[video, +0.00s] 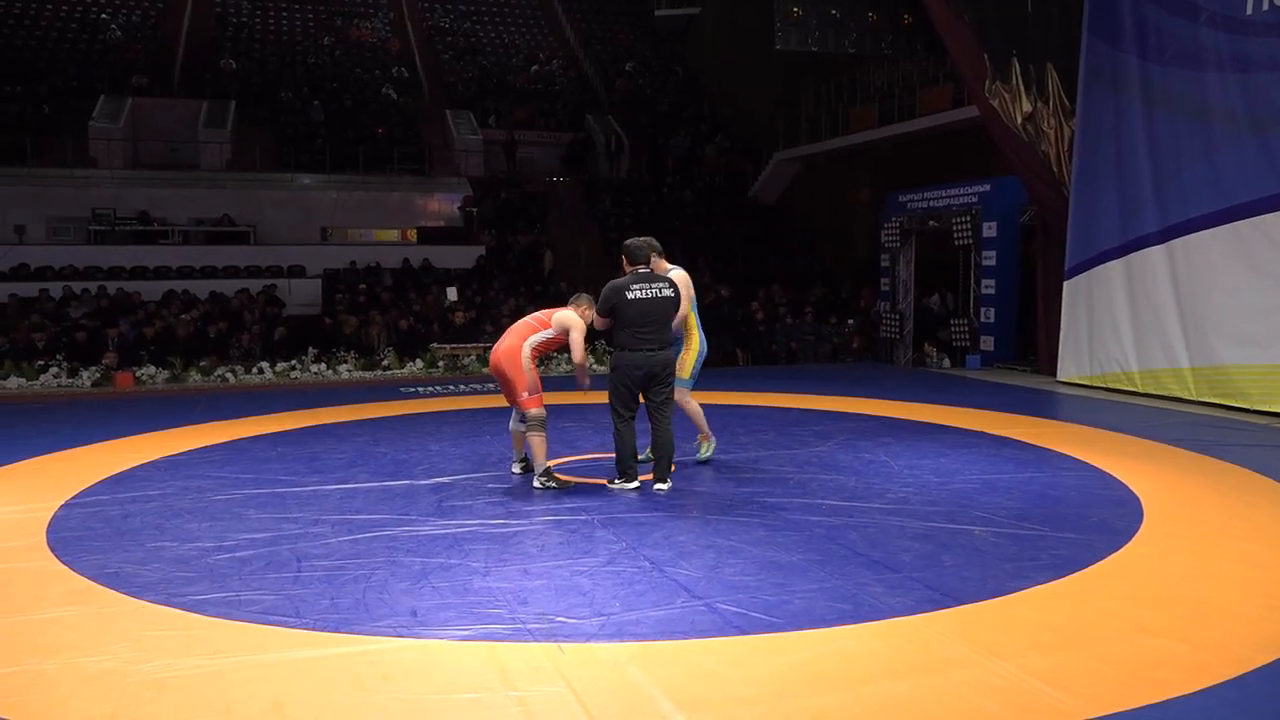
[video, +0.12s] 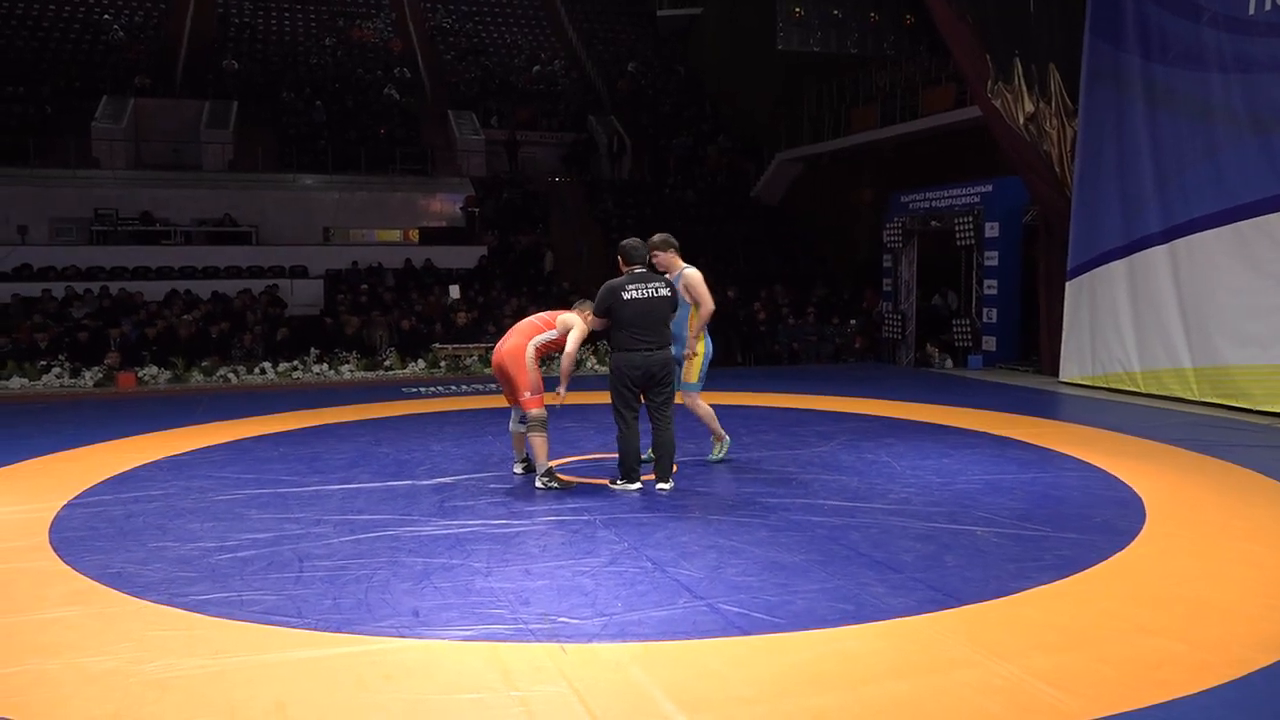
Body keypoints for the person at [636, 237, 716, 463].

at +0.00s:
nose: (646, 266)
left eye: (647, 261)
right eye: (645, 262)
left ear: (656, 257)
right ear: (654, 258)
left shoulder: (678, 275)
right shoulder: (657, 279)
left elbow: (682, 313)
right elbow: (658, 310)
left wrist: (663, 332)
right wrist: (649, 329)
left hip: (690, 341)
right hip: (671, 342)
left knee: (680, 394)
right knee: (659, 396)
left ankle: (707, 436)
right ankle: (657, 445)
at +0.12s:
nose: (654, 261)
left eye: (656, 256)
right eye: (652, 257)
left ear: (671, 253)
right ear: (667, 255)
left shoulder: (690, 275)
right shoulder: (668, 279)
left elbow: (708, 307)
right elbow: (669, 310)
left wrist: (693, 337)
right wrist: (661, 337)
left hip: (694, 344)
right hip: (673, 344)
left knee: (690, 398)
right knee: (663, 399)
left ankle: (720, 437)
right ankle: (659, 447)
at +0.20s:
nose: (665, 261)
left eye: (668, 256)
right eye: (663, 256)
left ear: (683, 253)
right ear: (674, 256)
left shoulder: (701, 276)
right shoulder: (676, 280)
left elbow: (721, 306)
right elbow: (679, 315)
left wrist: (703, 337)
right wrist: (673, 343)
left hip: (702, 347)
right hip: (681, 347)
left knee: (701, 401)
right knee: (669, 400)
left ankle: (726, 443)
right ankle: (660, 447)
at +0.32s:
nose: (682, 261)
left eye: (685, 256)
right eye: (679, 257)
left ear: (699, 253)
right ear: (681, 257)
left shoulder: (717, 278)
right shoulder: (690, 280)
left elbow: (733, 311)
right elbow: (692, 318)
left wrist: (714, 342)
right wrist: (684, 346)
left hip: (716, 348)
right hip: (694, 348)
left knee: (719, 400)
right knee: (677, 395)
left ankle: (734, 448)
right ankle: (665, 447)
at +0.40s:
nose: (689, 260)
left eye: (692, 254)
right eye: (687, 255)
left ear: (707, 252)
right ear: (689, 256)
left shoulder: (724, 277)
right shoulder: (697, 278)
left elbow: (737, 311)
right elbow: (699, 316)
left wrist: (720, 344)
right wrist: (691, 344)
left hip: (722, 347)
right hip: (701, 347)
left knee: (725, 399)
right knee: (680, 391)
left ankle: (735, 448)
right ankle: (671, 445)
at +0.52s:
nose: (699, 256)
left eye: (703, 251)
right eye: (697, 252)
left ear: (717, 249)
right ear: (697, 253)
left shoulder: (732, 274)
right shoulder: (705, 275)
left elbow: (745, 309)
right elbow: (707, 311)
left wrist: (726, 338)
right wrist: (698, 337)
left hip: (729, 343)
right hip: (708, 343)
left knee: (732, 396)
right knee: (689, 388)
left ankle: (737, 446)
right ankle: (696, 439)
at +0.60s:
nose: (702, 257)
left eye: (706, 252)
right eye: (700, 253)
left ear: (720, 249)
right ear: (701, 254)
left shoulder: (736, 274)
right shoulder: (708, 274)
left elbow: (749, 308)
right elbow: (710, 309)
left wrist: (729, 338)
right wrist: (701, 335)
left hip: (732, 343)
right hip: (711, 343)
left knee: (733, 396)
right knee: (695, 391)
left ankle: (737, 446)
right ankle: (712, 435)